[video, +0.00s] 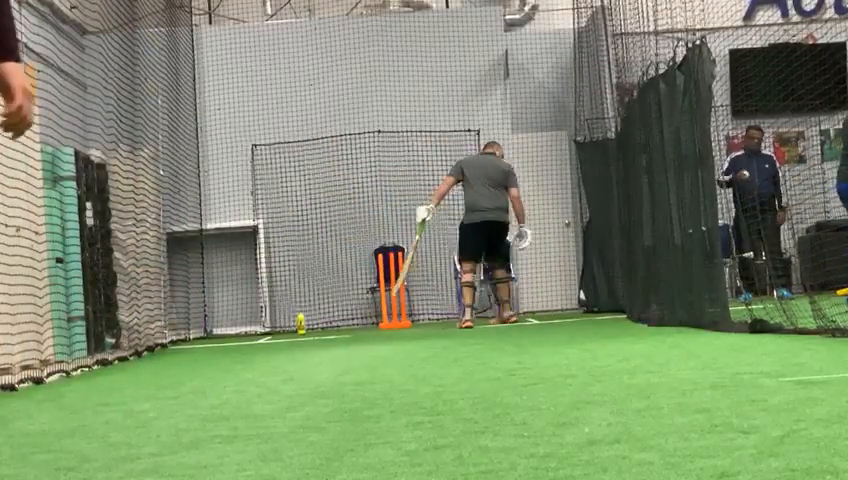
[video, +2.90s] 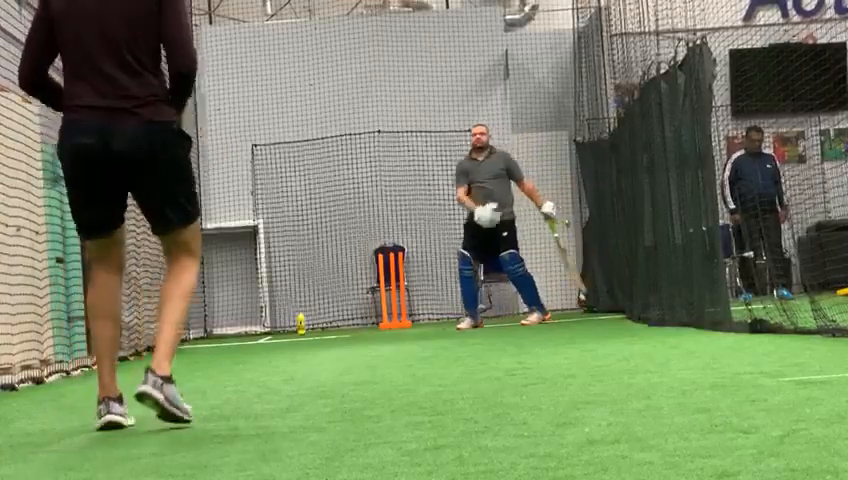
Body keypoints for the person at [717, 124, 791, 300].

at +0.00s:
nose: (755, 142)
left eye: (758, 139)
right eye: (751, 138)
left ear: (762, 141)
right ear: (744, 140)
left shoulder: (769, 159)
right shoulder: (735, 159)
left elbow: (777, 185)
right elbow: (721, 181)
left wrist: (781, 207)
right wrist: (735, 178)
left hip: (768, 211)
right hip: (744, 212)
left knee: (774, 248)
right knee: (746, 252)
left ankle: (779, 286)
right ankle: (748, 289)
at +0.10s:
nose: (755, 142)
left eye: (759, 139)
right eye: (752, 138)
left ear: (762, 142)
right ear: (744, 140)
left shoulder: (769, 160)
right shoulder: (736, 160)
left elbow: (777, 186)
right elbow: (724, 178)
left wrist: (781, 207)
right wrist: (710, 179)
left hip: (768, 211)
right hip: (744, 212)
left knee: (774, 248)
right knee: (746, 251)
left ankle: (779, 286)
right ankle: (748, 289)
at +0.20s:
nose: (754, 142)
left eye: (758, 139)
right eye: (751, 138)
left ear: (762, 142)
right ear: (744, 140)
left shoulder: (769, 160)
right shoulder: (735, 161)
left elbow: (777, 186)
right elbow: (717, 174)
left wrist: (781, 207)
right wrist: (705, 167)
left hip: (768, 211)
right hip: (744, 212)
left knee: (774, 248)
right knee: (745, 251)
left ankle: (780, 286)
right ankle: (749, 289)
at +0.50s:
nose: (756, 143)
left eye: (759, 141)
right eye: (752, 140)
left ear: (763, 142)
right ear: (745, 140)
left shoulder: (768, 160)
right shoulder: (735, 159)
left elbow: (781, 180)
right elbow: (713, 170)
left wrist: (779, 192)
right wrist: (727, 155)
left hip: (767, 210)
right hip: (744, 211)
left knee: (773, 247)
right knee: (744, 250)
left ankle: (779, 286)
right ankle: (749, 289)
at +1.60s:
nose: (759, 144)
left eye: (762, 141)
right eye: (755, 140)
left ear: (765, 141)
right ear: (749, 141)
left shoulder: (772, 158)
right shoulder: (740, 157)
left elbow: (780, 182)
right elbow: (731, 172)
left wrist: (786, 203)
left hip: (770, 209)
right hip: (748, 210)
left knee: (775, 247)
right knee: (746, 250)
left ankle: (781, 286)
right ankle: (749, 289)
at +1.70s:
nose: (761, 143)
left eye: (764, 140)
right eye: (757, 140)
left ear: (766, 141)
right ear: (749, 140)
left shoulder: (772, 158)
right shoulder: (742, 158)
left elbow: (780, 180)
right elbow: (739, 180)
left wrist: (785, 201)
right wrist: (751, 198)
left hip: (771, 206)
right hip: (750, 207)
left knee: (775, 245)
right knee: (748, 247)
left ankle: (780, 285)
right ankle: (749, 288)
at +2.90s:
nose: (758, 144)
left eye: (760, 141)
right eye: (754, 141)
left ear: (763, 141)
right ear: (745, 141)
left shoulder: (770, 158)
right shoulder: (735, 160)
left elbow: (778, 183)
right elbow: (726, 185)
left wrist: (782, 205)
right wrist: (732, 209)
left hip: (770, 211)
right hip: (746, 213)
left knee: (775, 248)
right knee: (747, 251)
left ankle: (780, 285)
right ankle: (748, 289)